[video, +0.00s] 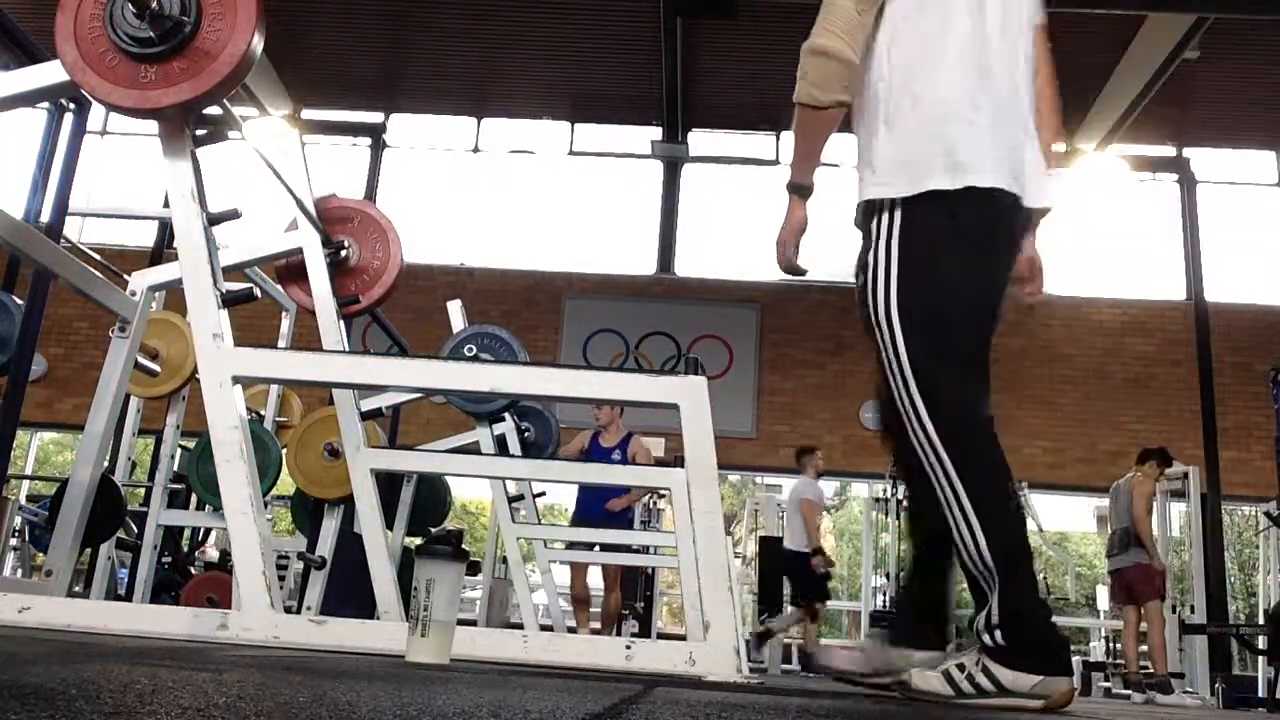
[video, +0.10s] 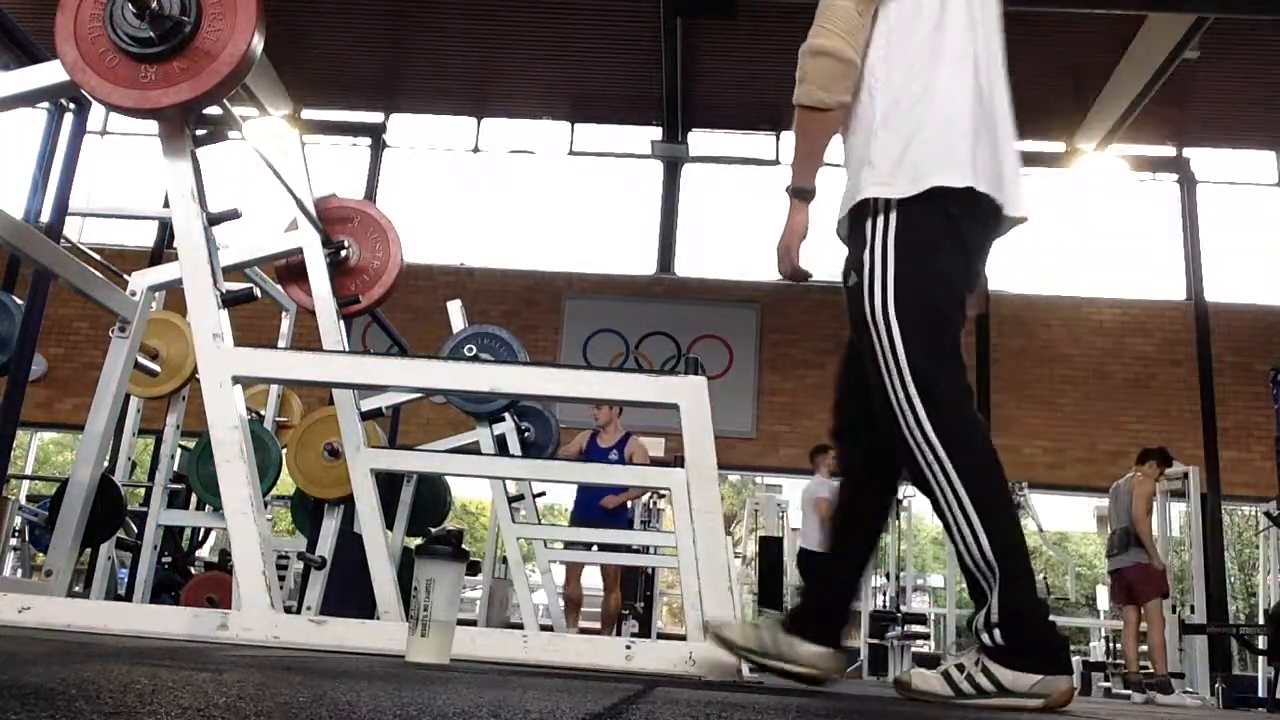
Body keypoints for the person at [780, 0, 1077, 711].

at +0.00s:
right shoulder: (1019, 9)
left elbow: (831, 53)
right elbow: (1038, 90)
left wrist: (799, 191)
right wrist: (1025, 223)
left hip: (919, 183)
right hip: (995, 194)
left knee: (938, 415)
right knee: (929, 417)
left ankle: (1024, 652)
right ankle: (915, 636)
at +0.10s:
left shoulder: (865, 2)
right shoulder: (967, 21)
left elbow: (831, 57)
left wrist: (800, 197)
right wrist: (970, 249)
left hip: (908, 173)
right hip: (970, 178)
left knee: (928, 413)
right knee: (872, 420)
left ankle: (1028, 653)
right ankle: (813, 632)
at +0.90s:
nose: (497, 123)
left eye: (493, 99)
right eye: (486, 115)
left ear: (534, 55)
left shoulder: (655, 48)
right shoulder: (590, 177)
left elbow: (771, 152)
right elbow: (568, 304)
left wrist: (713, 278)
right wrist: (502, 434)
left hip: (824, 205)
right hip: (767, 234)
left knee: (704, 371)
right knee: (664, 409)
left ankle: (690, 622)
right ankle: (726, 632)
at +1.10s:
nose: (475, 162)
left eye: (468, 137)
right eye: (460, 154)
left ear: (505, 89)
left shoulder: (627, 66)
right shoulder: (570, 209)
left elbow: (765, 151)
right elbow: (553, 338)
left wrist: (716, 263)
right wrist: (493, 478)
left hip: (819, 195)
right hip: (755, 239)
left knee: (705, 358)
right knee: (654, 406)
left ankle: (684, 620)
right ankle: (724, 627)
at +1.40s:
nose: (484, 56)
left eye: (478, 33)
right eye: (473, 50)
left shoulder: (630, 10)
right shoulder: (583, 121)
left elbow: (743, 118)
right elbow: (628, 253)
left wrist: (674, 242)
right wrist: (585, 301)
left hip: (798, 172)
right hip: (746, 200)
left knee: (703, 379)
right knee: (677, 395)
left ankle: (684, 622)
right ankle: (728, 630)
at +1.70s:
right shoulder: (646, 15)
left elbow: (715, 27)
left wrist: (636, 126)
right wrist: (631, 139)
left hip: (750, 157)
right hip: (711, 168)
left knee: (689, 374)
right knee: (692, 383)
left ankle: (691, 623)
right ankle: (728, 631)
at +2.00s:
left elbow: (687, 18)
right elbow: (698, 63)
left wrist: (626, 81)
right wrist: (615, 91)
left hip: (708, 161)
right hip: (719, 165)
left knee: (665, 378)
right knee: (706, 403)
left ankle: (687, 623)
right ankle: (729, 634)